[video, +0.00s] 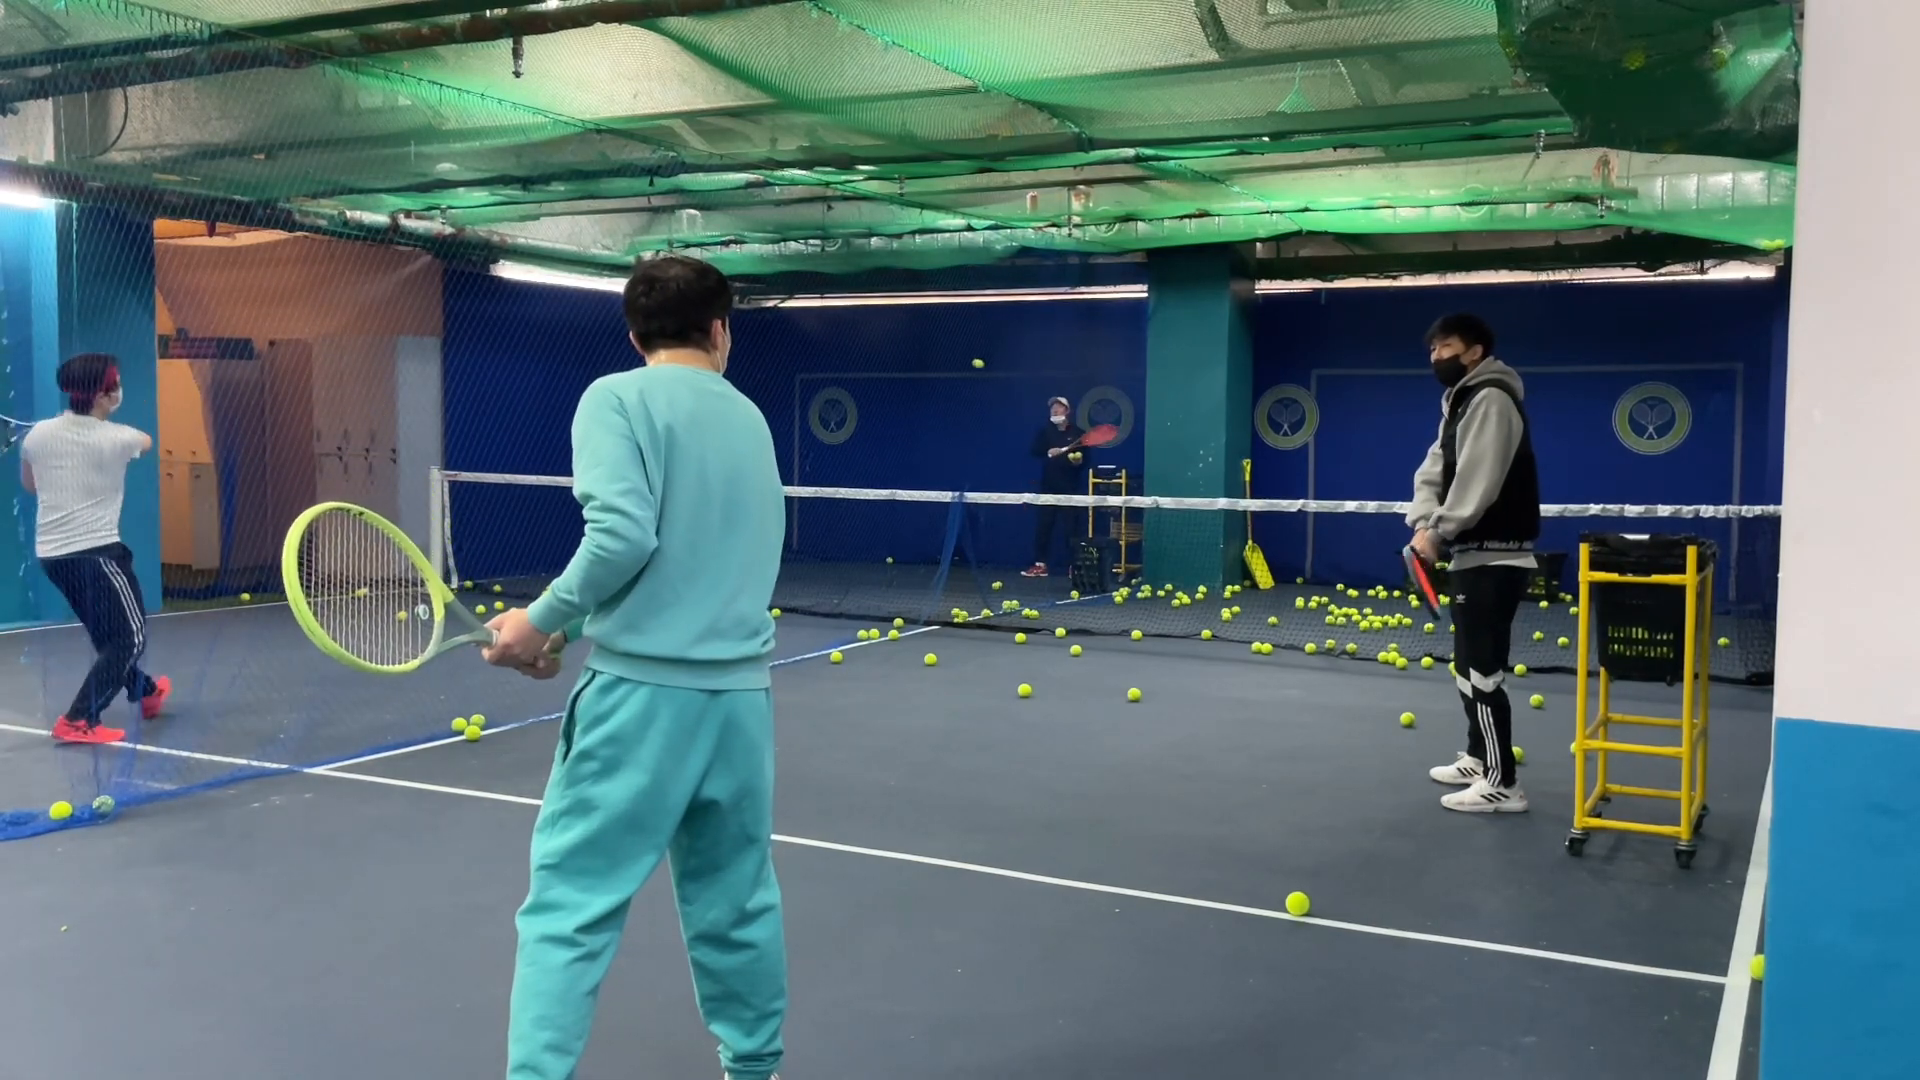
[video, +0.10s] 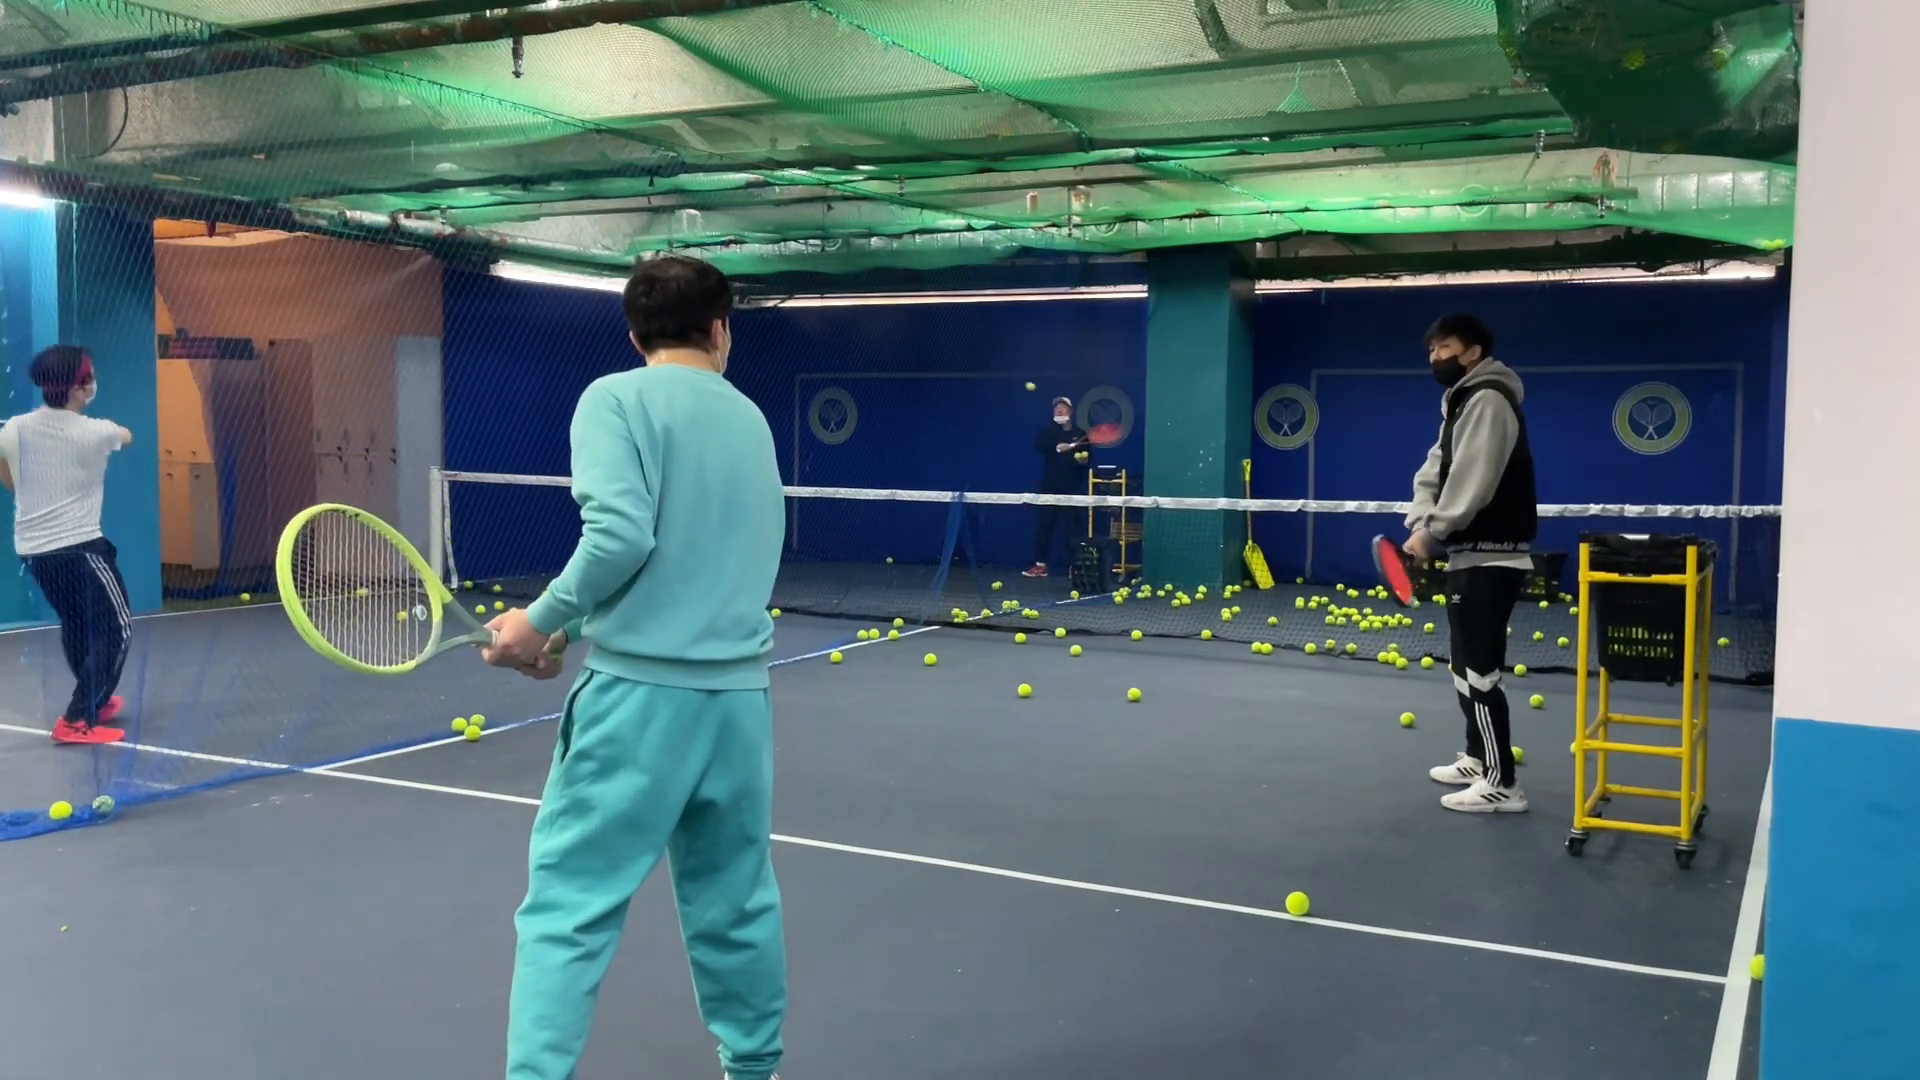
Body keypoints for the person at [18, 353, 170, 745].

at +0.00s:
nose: (119, 392)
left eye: (117, 384)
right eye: (114, 386)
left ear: (73, 391)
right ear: (98, 394)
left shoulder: (37, 434)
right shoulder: (115, 437)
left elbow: (30, 483)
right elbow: (146, 441)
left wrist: (67, 472)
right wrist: (101, 430)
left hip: (53, 555)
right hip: (97, 550)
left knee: (104, 630)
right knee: (131, 633)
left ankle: (144, 691)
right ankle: (78, 719)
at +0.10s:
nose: (93, 383)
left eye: (91, 376)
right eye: (89, 378)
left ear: (47, 385)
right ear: (76, 388)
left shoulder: (14, 428)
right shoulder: (95, 431)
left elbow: (9, 480)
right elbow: (126, 436)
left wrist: (32, 485)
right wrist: (94, 427)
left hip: (36, 551)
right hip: (80, 547)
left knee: (75, 622)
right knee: (116, 627)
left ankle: (95, 701)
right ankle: (77, 720)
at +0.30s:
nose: (31, 382)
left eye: (28, 376)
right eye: (27, 376)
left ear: (3, 382)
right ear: (17, 382)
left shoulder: (14, 421)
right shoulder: (30, 425)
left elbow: (79, 434)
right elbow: (81, 434)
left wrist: (38, 429)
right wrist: (40, 433)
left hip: (9, 547)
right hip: (30, 546)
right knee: (84, 626)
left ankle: (75, 721)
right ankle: (76, 722)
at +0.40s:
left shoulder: (6, 429)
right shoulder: (4, 430)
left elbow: (53, 447)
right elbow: (52, 447)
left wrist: (16, 434)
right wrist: (16, 434)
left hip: (7, 551)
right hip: (3, 551)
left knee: (49, 626)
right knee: (50, 625)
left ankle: (72, 720)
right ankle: (74, 722)